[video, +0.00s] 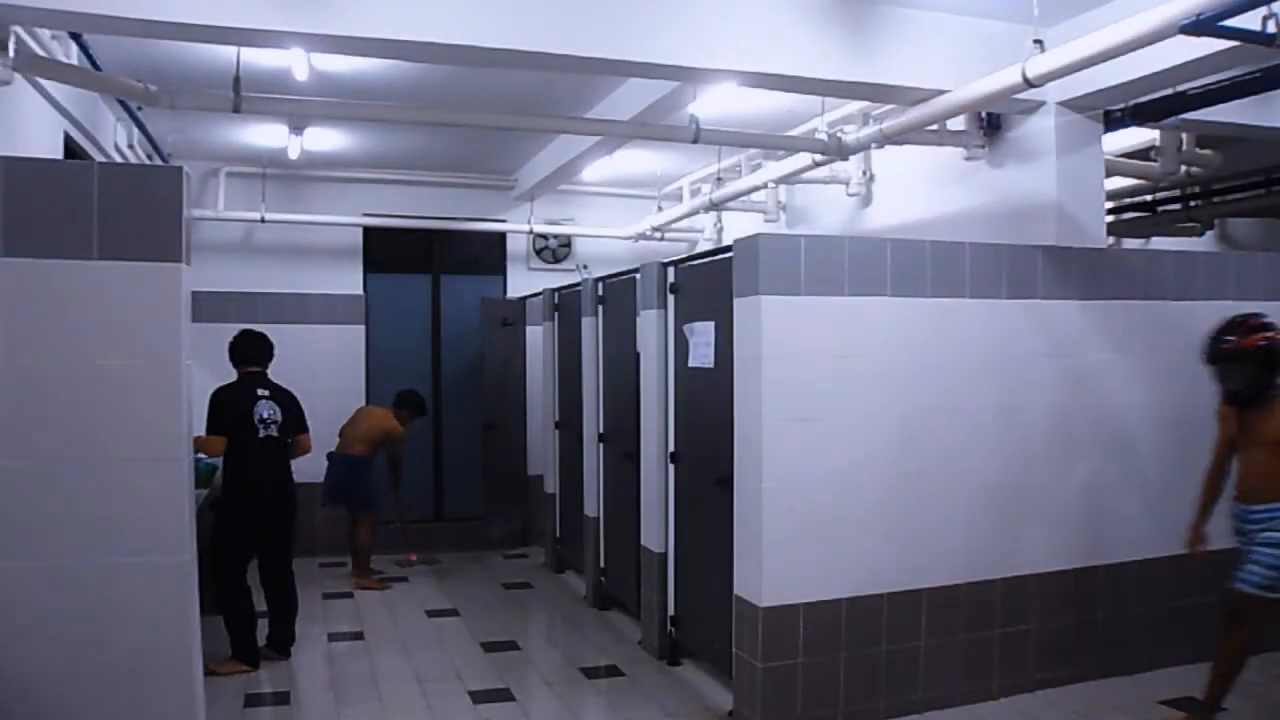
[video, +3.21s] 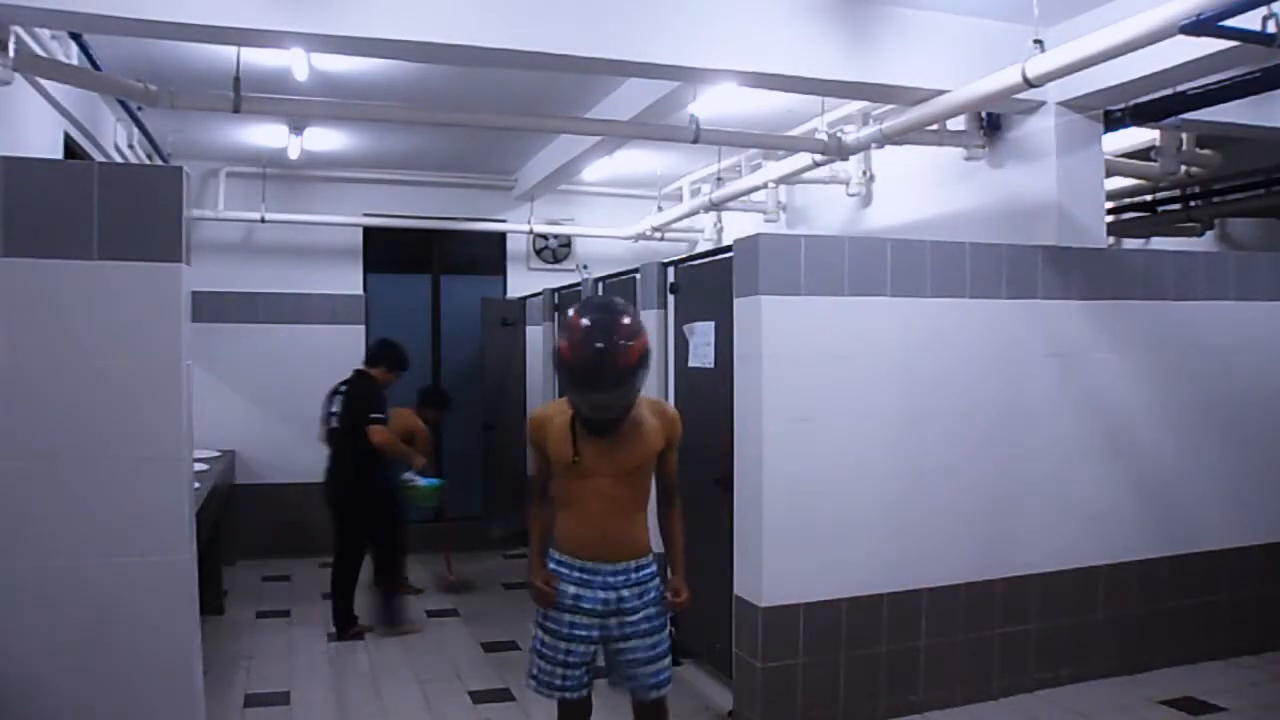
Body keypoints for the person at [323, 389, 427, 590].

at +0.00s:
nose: (410, 422)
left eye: (413, 418)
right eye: (411, 417)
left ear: (395, 404)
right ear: (406, 412)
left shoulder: (366, 410)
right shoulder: (394, 430)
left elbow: (343, 432)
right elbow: (395, 468)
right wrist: (396, 494)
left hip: (337, 464)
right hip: (357, 468)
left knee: (355, 517)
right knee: (365, 519)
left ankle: (359, 567)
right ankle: (362, 574)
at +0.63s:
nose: (415, 420)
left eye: (418, 416)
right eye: (415, 415)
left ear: (402, 405)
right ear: (407, 409)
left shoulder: (379, 412)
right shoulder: (389, 427)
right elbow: (385, 468)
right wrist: (404, 492)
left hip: (347, 465)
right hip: (358, 469)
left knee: (366, 521)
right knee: (369, 522)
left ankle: (364, 567)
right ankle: (363, 576)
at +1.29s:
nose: (436, 422)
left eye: (438, 418)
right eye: (437, 417)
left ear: (423, 405)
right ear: (430, 412)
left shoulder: (402, 414)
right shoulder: (415, 427)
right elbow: (410, 463)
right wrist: (426, 488)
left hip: (366, 463)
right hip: (375, 467)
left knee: (389, 520)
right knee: (381, 522)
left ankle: (390, 569)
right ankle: (365, 576)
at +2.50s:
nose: (449, 424)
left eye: (451, 419)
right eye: (450, 418)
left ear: (435, 407)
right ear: (442, 413)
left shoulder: (414, 414)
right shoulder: (424, 431)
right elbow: (423, 471)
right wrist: (437, 497)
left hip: (377, 465)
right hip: (387, 470)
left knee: (392, 523)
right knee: (397, 524)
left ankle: (392, 572)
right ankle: (393, 579)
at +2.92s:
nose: (447, 423)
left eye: (449, 418)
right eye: (447, 418)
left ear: (432, 408)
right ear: (439, 413)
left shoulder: (412, 416)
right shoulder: (422, 430)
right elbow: (420, 467)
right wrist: (434, 495)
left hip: (376, 465)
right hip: (386, 471)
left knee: (382, 526)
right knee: (393, 527)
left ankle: (382, 572)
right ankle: (393, 579)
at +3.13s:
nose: (440, 418)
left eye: (442, 414)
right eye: (439, 413)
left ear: (423, 404)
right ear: (432, 410)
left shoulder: (399, 414)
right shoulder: (419, 428)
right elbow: (422, 461)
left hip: (373, 467)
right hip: (386, 473)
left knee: (387, 527)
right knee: (393, 528)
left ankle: (390, 574)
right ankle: (392, 578)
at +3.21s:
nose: (438, 418)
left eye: (440, 412)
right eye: (438, 412)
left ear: (421, 403)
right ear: (431, 409)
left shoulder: (396, 413)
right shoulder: (419, 429)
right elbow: (424, 465)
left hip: (372, 471)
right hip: (388, 479)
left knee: (383, 529)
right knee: (395, 530)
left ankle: (383, 576)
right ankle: (396, 579)